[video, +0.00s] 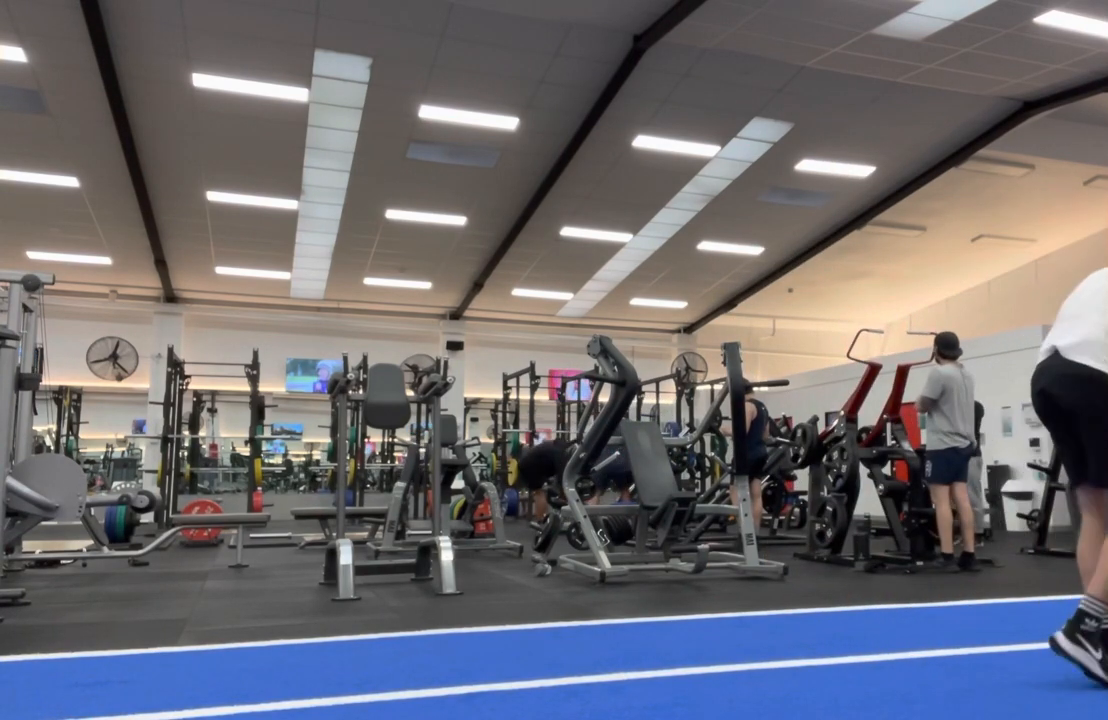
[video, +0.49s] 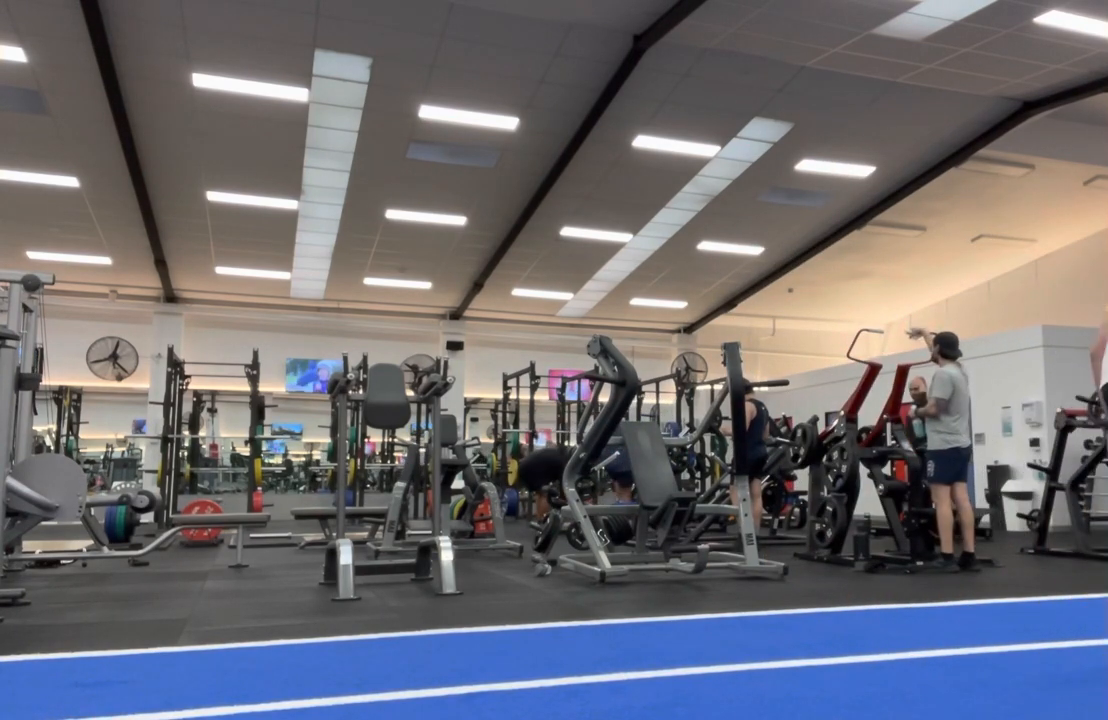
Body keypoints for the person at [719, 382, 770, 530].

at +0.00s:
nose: (733, 395)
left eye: (733, 391)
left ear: (738, 391)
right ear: (750, 388)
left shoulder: (747, 406)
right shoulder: (761, 406)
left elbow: (742, 430)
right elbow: (765, 434)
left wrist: (724, 430)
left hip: (746, 455)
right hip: (760, 453)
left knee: (735, 489)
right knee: (756, 495)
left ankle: (743, 529)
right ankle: (755, 532)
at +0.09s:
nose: (733, 394)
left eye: (733, 391)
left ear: (739, 391)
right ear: (750, 388)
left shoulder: (747, 406)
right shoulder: (761, 406)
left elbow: (743, 429)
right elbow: (765, 433)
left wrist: (724, 430)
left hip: (745, 454)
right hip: (760, 453)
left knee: (735, 489)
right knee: (756, 495)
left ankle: (743, 528)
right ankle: (755, 532)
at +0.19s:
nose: (733, 394)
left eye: (733, 391)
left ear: (738, 391)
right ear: (750, 388)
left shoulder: (747, 406)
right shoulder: (761, 406)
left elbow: (742, 429)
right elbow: (765, 433)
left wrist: (724, 430)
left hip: (745, 454)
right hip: (760, 453)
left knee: (735, 489)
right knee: (756, 495)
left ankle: (743, 528)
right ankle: (755, 532)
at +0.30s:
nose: (733, 394)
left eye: (733, 391)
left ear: (739, 391)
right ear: (750, 388)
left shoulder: (747, 406)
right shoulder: (761, 406)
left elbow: (742, 429)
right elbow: (766, 433)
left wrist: (724, 430)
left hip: (745, 454)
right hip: (760, 453)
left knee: (735, 489)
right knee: (756, 495)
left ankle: (743, 528)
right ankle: (755, 532)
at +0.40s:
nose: (733, 395)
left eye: (733, 391)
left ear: (738, 391)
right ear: (750, 388)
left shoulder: (747, 406)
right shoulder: (761, 406)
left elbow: (742, 429)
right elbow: (765, 434)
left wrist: (723, 429)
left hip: (746, 454)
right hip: (760, 453)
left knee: (735, 489)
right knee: (756, 495)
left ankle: (743, 528)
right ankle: (755, 532)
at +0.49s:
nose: (733, 396)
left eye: (733, 392)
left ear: (738, 392)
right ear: (750, 388)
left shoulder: (747, 405)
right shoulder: (761, 406)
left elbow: (742, 429)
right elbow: (765, 433)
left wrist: (723, 429)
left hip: (746, 454)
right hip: (760, 453)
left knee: (735, 489)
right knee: (756, 495)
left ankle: (743, 529)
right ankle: (755, 533)